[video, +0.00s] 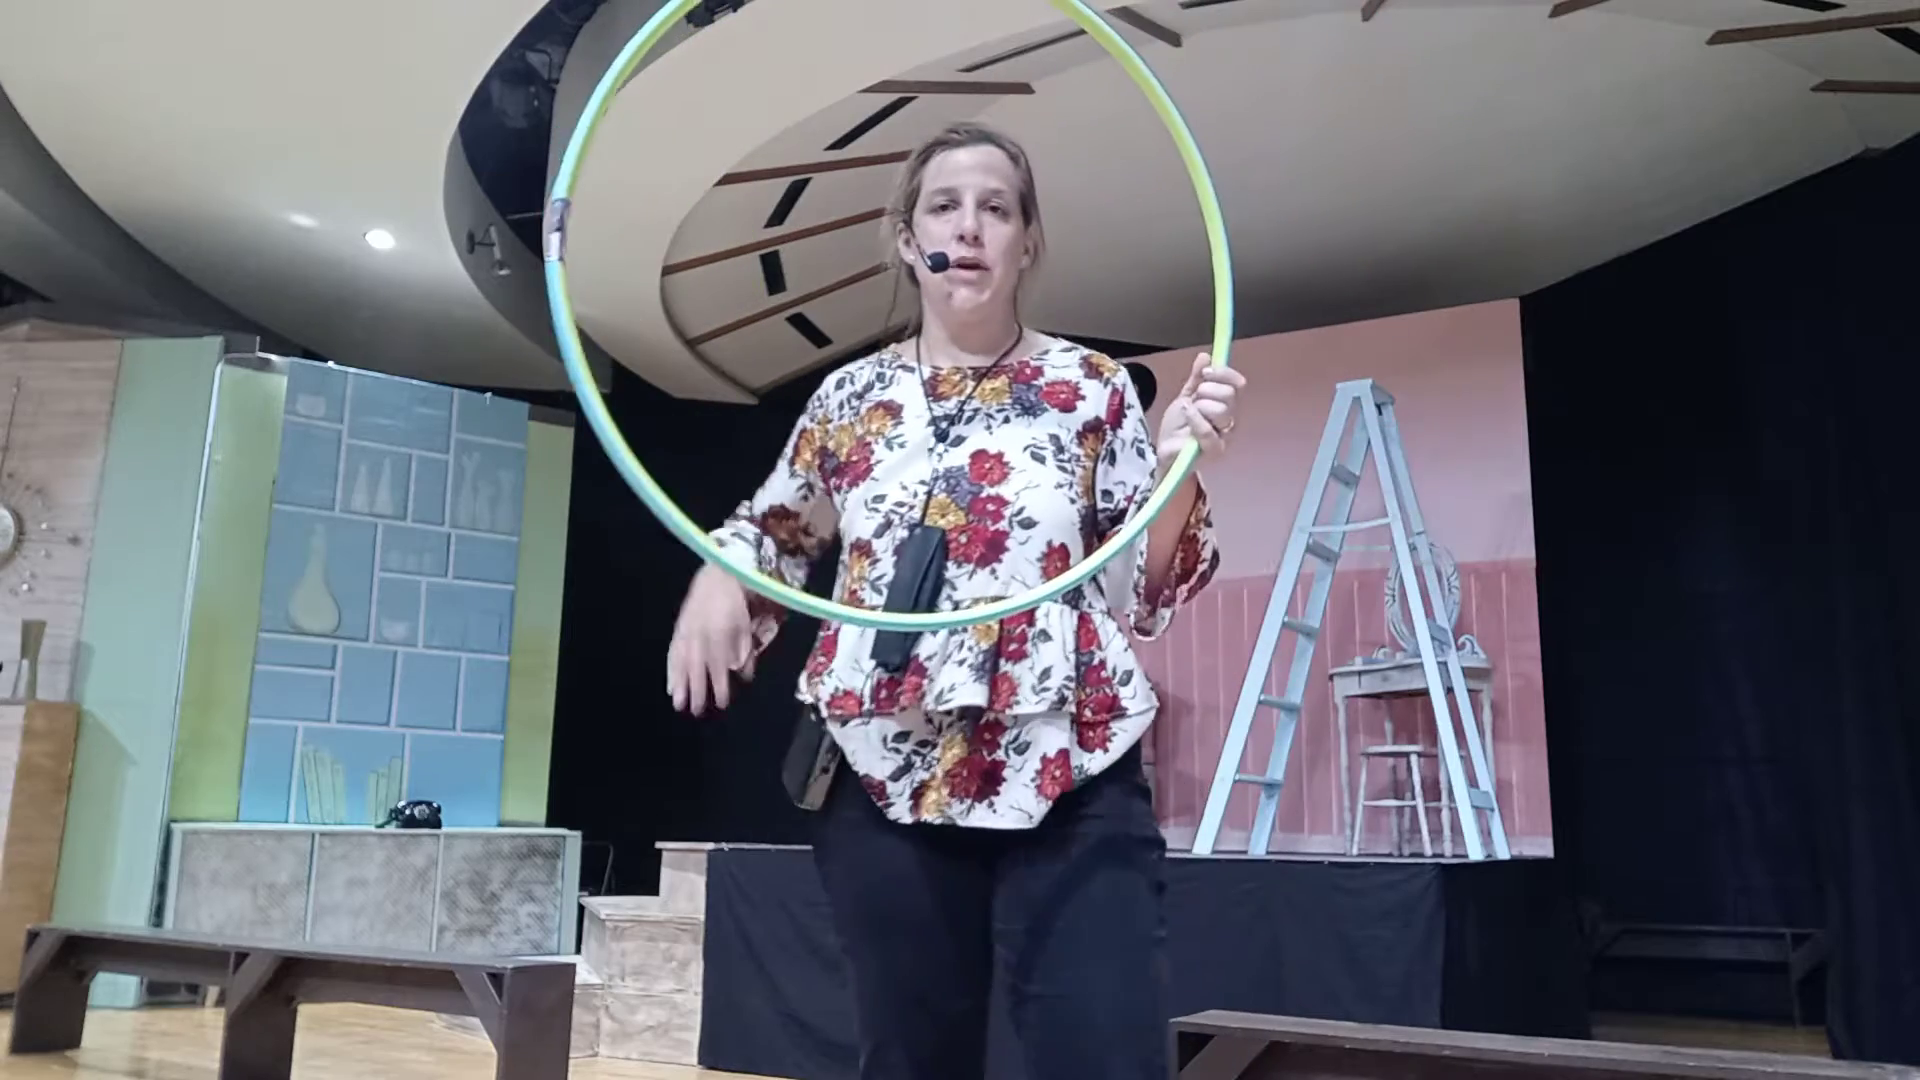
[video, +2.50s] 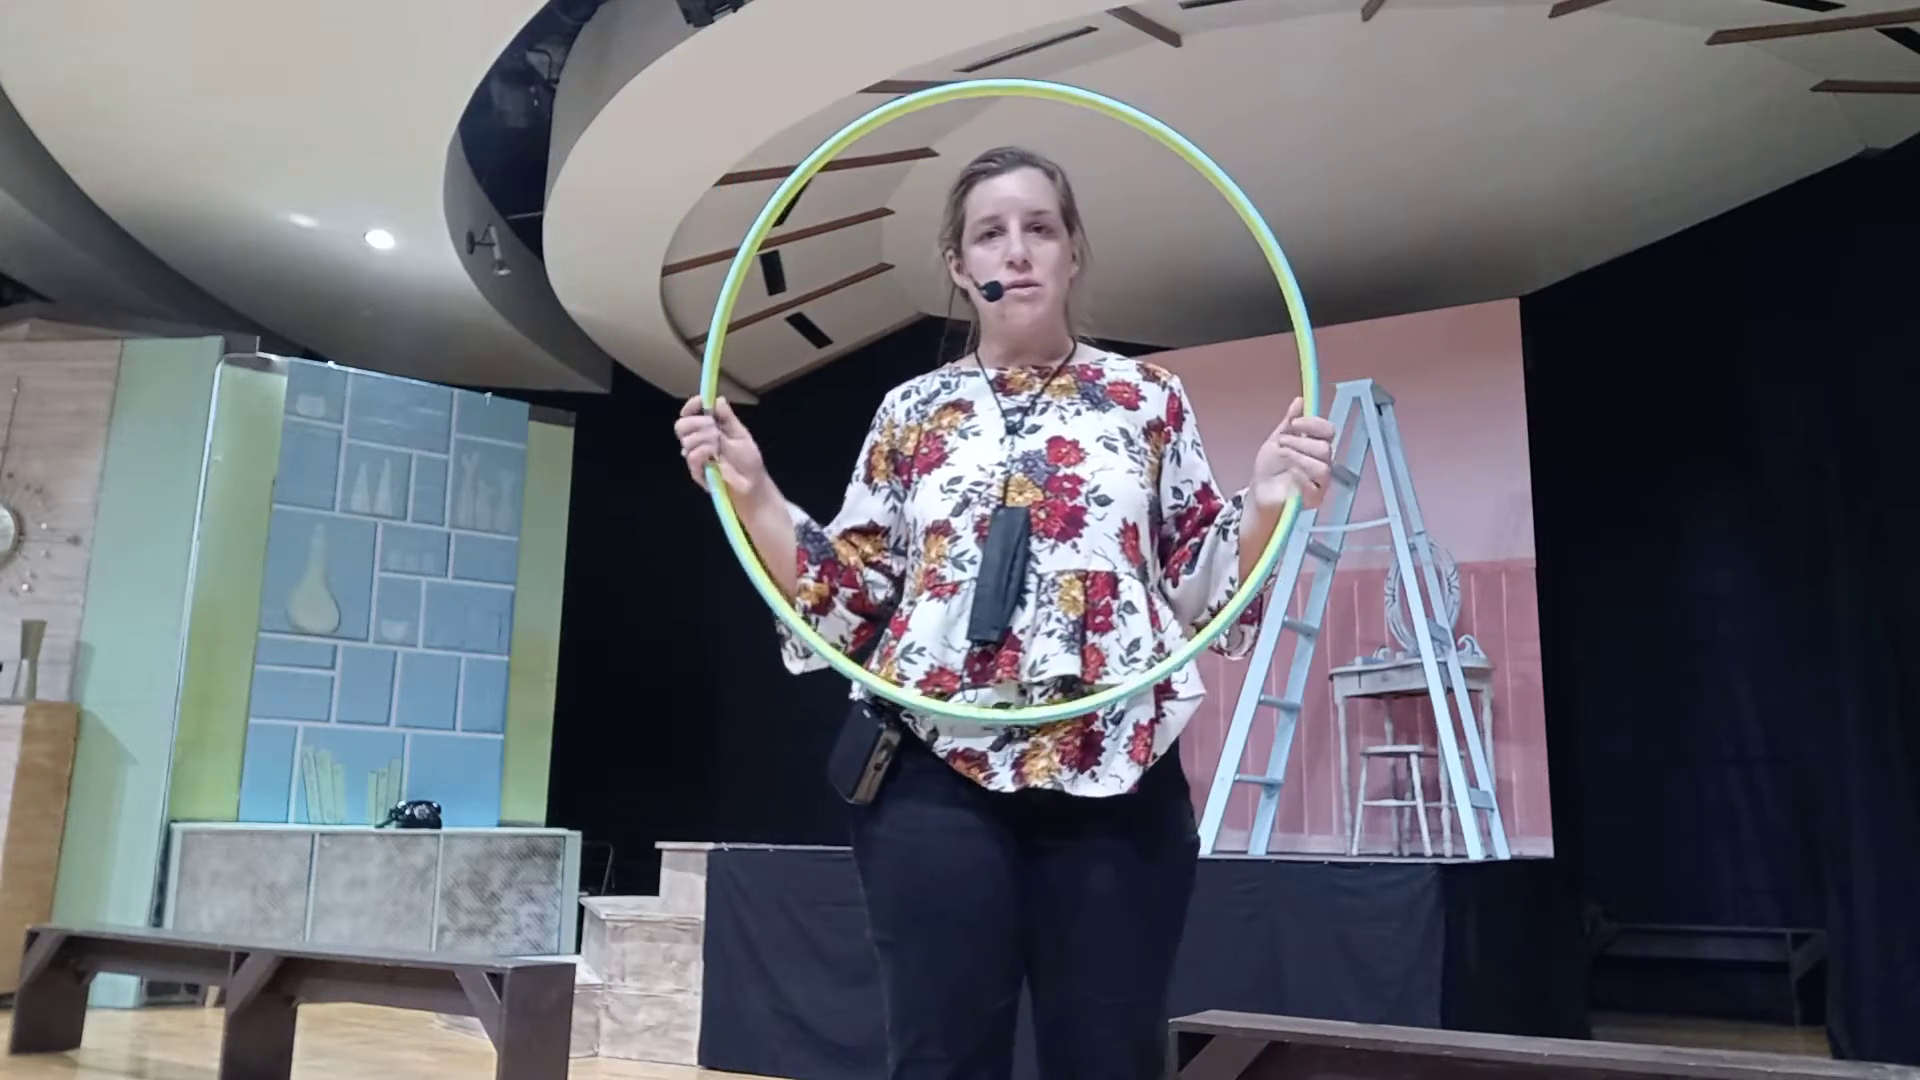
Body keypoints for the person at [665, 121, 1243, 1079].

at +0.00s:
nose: (966, 226)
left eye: (994, 209)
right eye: (942, 206)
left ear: (1029, 244)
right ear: (907, 241)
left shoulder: (1093, 390)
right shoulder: (849, 397)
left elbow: (1145, 592)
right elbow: (776, 533)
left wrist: (1177, 460)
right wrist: (721, 571)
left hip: (1072, 793)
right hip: (890, 798)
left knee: (1101, 1061)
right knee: (911, 1062)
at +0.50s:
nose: (1041, 260)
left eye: (1062, 239)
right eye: (1014, 237)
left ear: (1085, 264)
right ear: (966, 263)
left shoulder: (1143, 406)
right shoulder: (906, 416)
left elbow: (1205, 602)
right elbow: (838, 616)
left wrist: (1243, 468)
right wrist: (778, 499)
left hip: (1126, 801)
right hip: (946, 794)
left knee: (1114, 1063)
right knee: (950, 1060)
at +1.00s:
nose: (1074, 261)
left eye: (1095, 242)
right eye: (1048, 239)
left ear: (1117, 267)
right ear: (998, 260)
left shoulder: (1165, 414)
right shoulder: (927, 406)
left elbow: (1210, 607)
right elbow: (853, 625)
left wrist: (1255, 483)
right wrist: (824, 500)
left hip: (1132, 801)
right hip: (958, 795)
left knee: (1120, 1064)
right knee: (959, 1060)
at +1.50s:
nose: (1053, 249)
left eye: (1074, 230)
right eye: (1027, 230)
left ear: (1103, 261)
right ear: (985, 263)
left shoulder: (1166, 402)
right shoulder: (926, 405)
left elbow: (1220, 594)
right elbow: (850, 597)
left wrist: (1261, 466)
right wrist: (781, 471)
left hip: (1132, 800)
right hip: (956, 792)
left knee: (1117, 1063)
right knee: (956, 1061)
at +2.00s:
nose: (1022, 254)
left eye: (1050, 232)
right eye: (1002, 236)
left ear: (1096, 259)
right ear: (979, 265)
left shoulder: (1164, 403)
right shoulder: (927, 403)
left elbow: (1221, 601)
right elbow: (851, 578)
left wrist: (1276, 481)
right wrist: (766, 454)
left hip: (1131, 797)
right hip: (956, 787)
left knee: (1116, 1063)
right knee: (954, 1060)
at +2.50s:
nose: (1016, 250)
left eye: (1039, 229)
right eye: (990, 233)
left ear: (1076, 254)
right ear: (959, 268)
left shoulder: (1149, 400)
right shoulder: (913, 409)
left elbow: (1203, 603)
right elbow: (850, 603)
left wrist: (1265, 506)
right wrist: (755, 495)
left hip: (1116, 797)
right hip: (937, 793)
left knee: (1106, 1063)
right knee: (941, 1061)